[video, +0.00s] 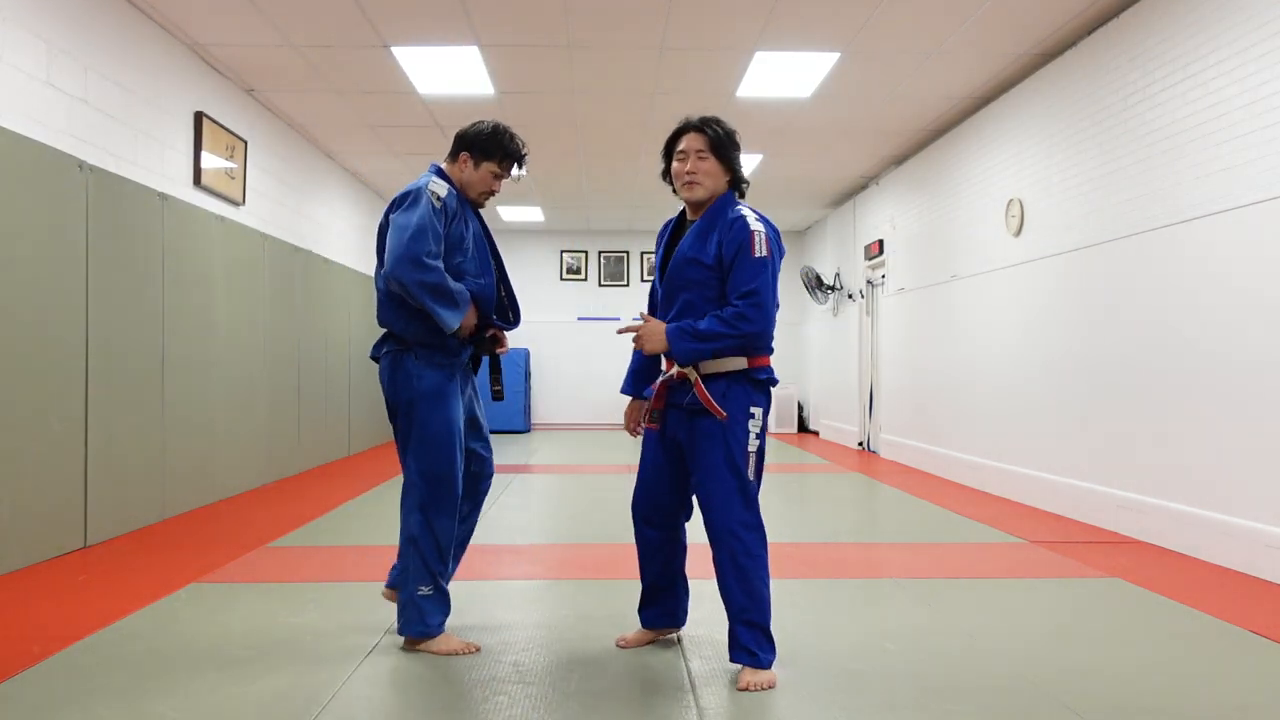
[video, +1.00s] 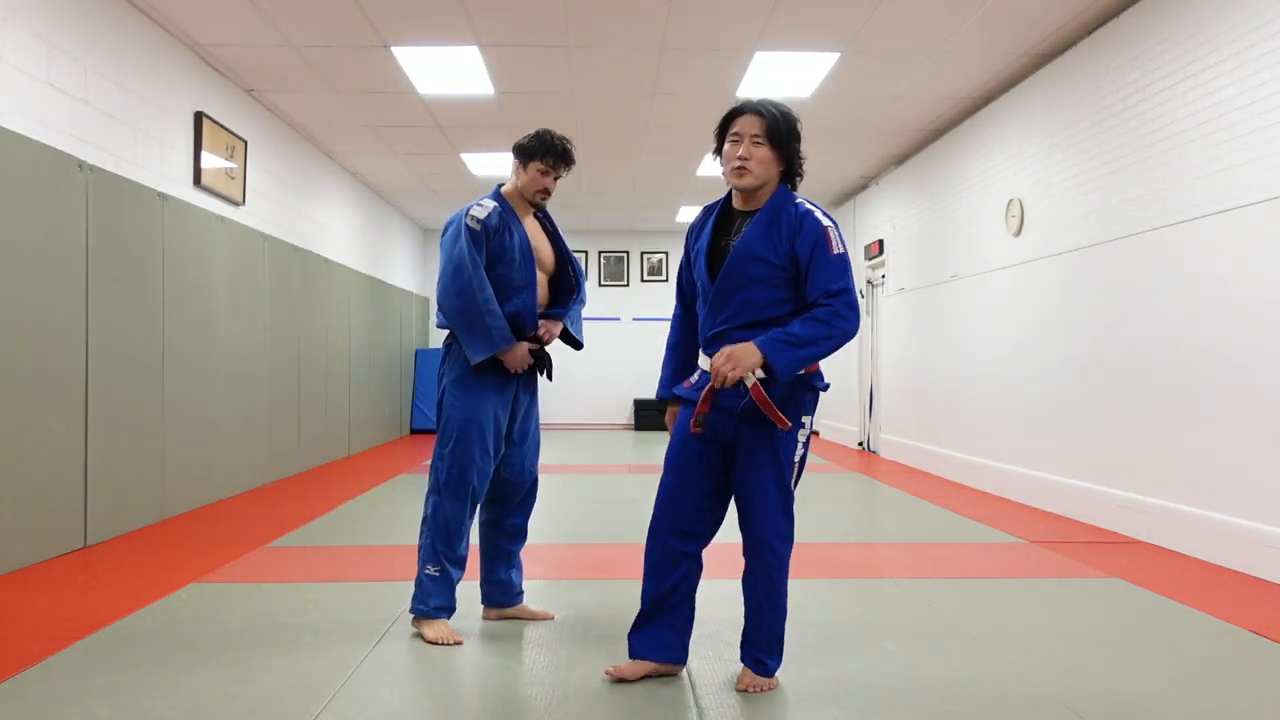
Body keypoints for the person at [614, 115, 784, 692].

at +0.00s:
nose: (686, 165)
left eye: (701, 156)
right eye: (679, 157)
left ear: (728, 168)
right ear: (670, 170)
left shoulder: (749, 228)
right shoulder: (672, 233)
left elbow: (754, 324)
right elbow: (658, 319)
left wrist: (672, 337)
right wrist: (637, 389)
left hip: (732, 389)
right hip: (676, 388)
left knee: (733, 522)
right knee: (654, 509)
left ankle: (753, 655)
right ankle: (662, 618)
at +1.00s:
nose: (742, 151)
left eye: (757, 142)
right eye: (734, 140)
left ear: (784, 157)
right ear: (721, 153)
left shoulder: (809, 224)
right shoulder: (705, 223)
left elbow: (840, 315)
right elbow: (686, 314)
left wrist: (762, 350)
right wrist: (674, 393)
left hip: (773, 400)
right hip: (706, 395)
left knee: (765, 540)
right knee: (673, 528)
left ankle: (761, 660)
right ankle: (660, 651)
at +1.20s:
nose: (742, 148)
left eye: (758, 139)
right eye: (732, 138)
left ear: (783, 155)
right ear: (719, 153)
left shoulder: (808, 221)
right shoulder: (695, 227)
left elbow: (857, 299)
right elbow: (671, 318)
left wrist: (798, 259)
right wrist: (656, 395)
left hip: (780, 393)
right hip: (707, 390)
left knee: (767, 534)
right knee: (687, 527)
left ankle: (759, 660)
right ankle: (671, 667)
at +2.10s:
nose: (645, 129)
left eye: (657, 114)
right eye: (628, 120)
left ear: (684, 124)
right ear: (612, 142)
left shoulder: (732, 188)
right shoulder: (599, 218)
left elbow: (805, 257)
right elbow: (583, 318)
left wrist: (755, 215)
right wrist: (580, 414)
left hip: (741, 391)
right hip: (654, 399)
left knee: (762, 537)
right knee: (665, 565)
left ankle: (775, 639)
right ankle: (679, 708)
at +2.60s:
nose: (671, 120)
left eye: (683, 107)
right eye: (655, 111)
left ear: (707, 121)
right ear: (637, 131)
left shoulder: (750, 187)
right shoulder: (620, 218)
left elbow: (813, 255)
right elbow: (601, 319)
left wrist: (777, 242)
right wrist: (598, 415)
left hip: (750, 390)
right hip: (664, 396)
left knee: (770, 541)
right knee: (669, 563)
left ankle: (787, 645)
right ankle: (679, 709)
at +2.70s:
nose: (690, 122)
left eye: (702, 112)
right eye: (676, 114)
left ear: (726, 129)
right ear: (656, 135)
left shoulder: (762, 196)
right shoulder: (635, 223)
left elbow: (802, 252)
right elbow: (615, 322)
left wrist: (807, 324)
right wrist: (611, 413)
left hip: (757, 390)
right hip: (671, 399)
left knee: (774, 542)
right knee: (672, 562)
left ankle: (788, 652)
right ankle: (679, 709)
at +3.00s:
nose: (720, 151)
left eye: (736, 142)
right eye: (715, 143)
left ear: (771, 156)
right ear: (709, 157)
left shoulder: (811, 234)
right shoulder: (686, 234)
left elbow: (842, 332)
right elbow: (665, 327)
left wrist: (842, 424)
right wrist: (662, 411)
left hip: (787, 409)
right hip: (705, 408)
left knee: (781, 549)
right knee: (700, 547)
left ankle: (774, 662)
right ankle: (694, 688)